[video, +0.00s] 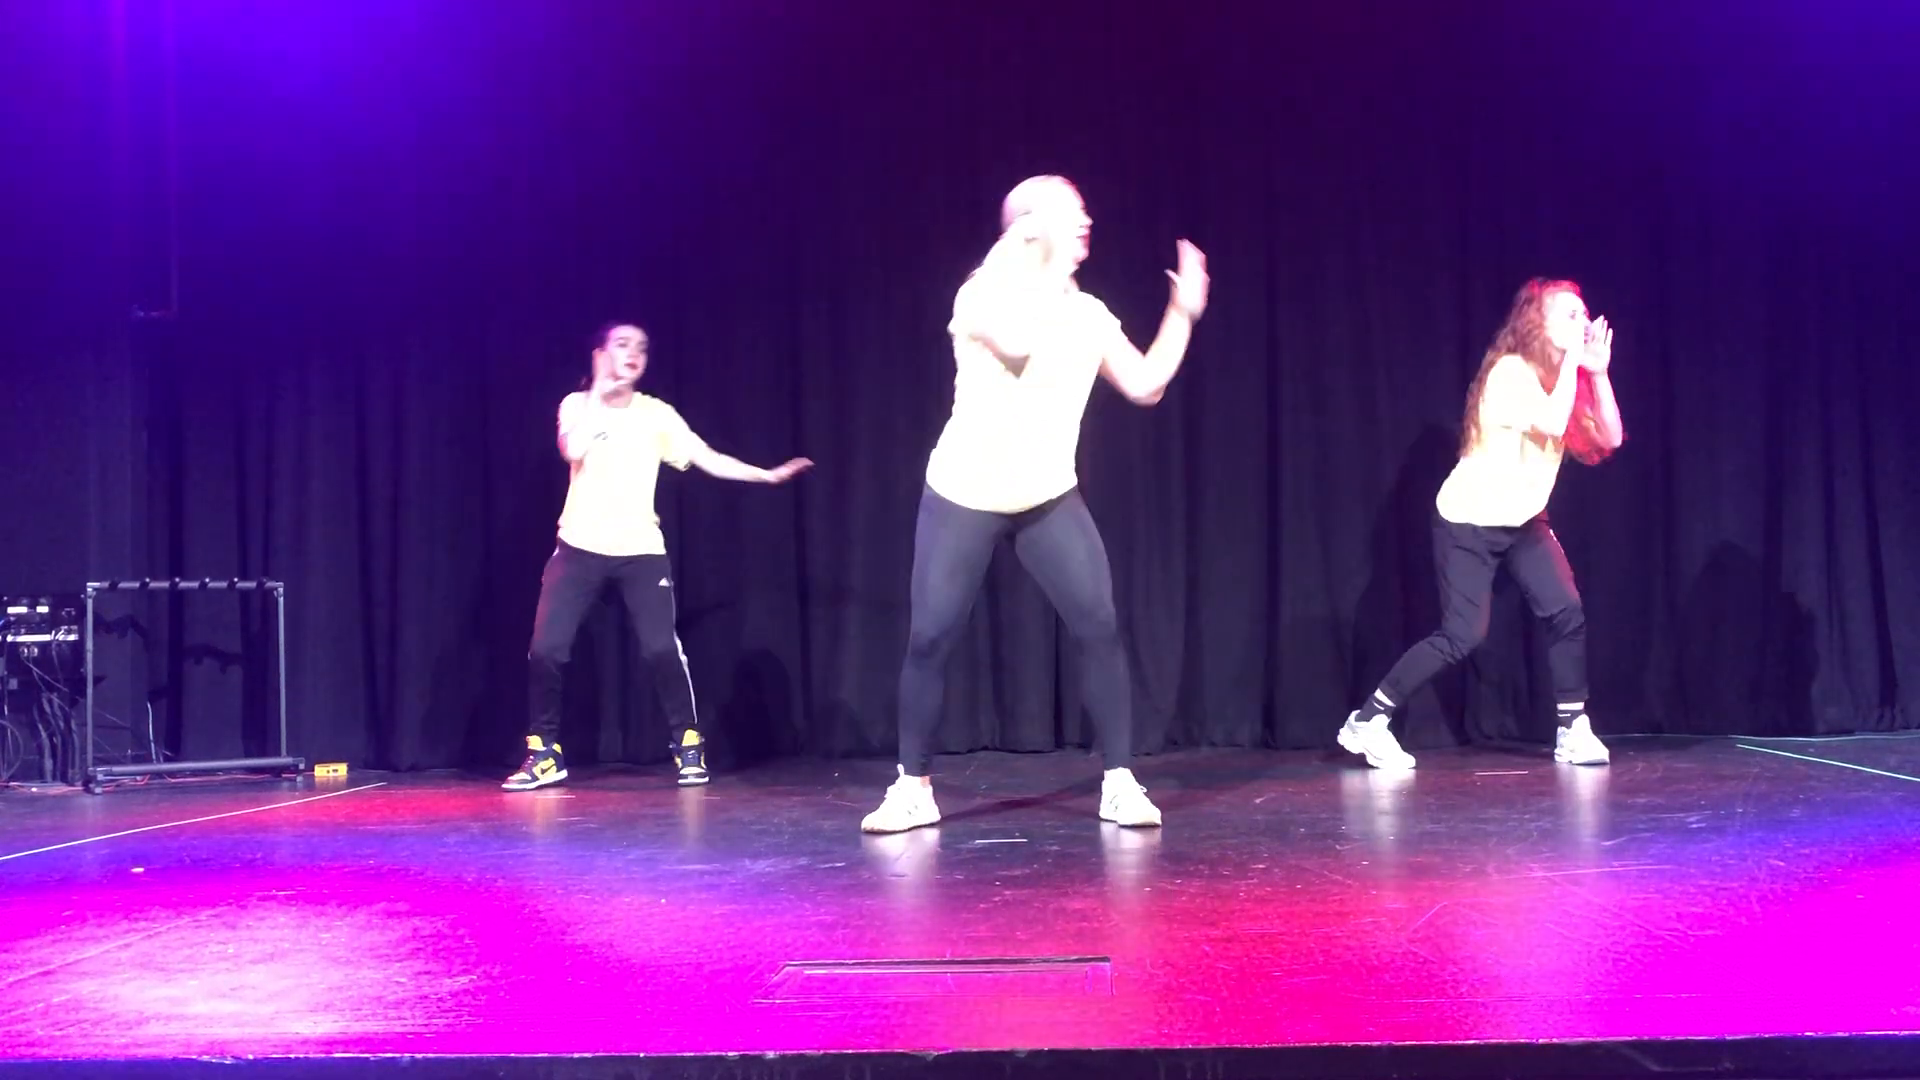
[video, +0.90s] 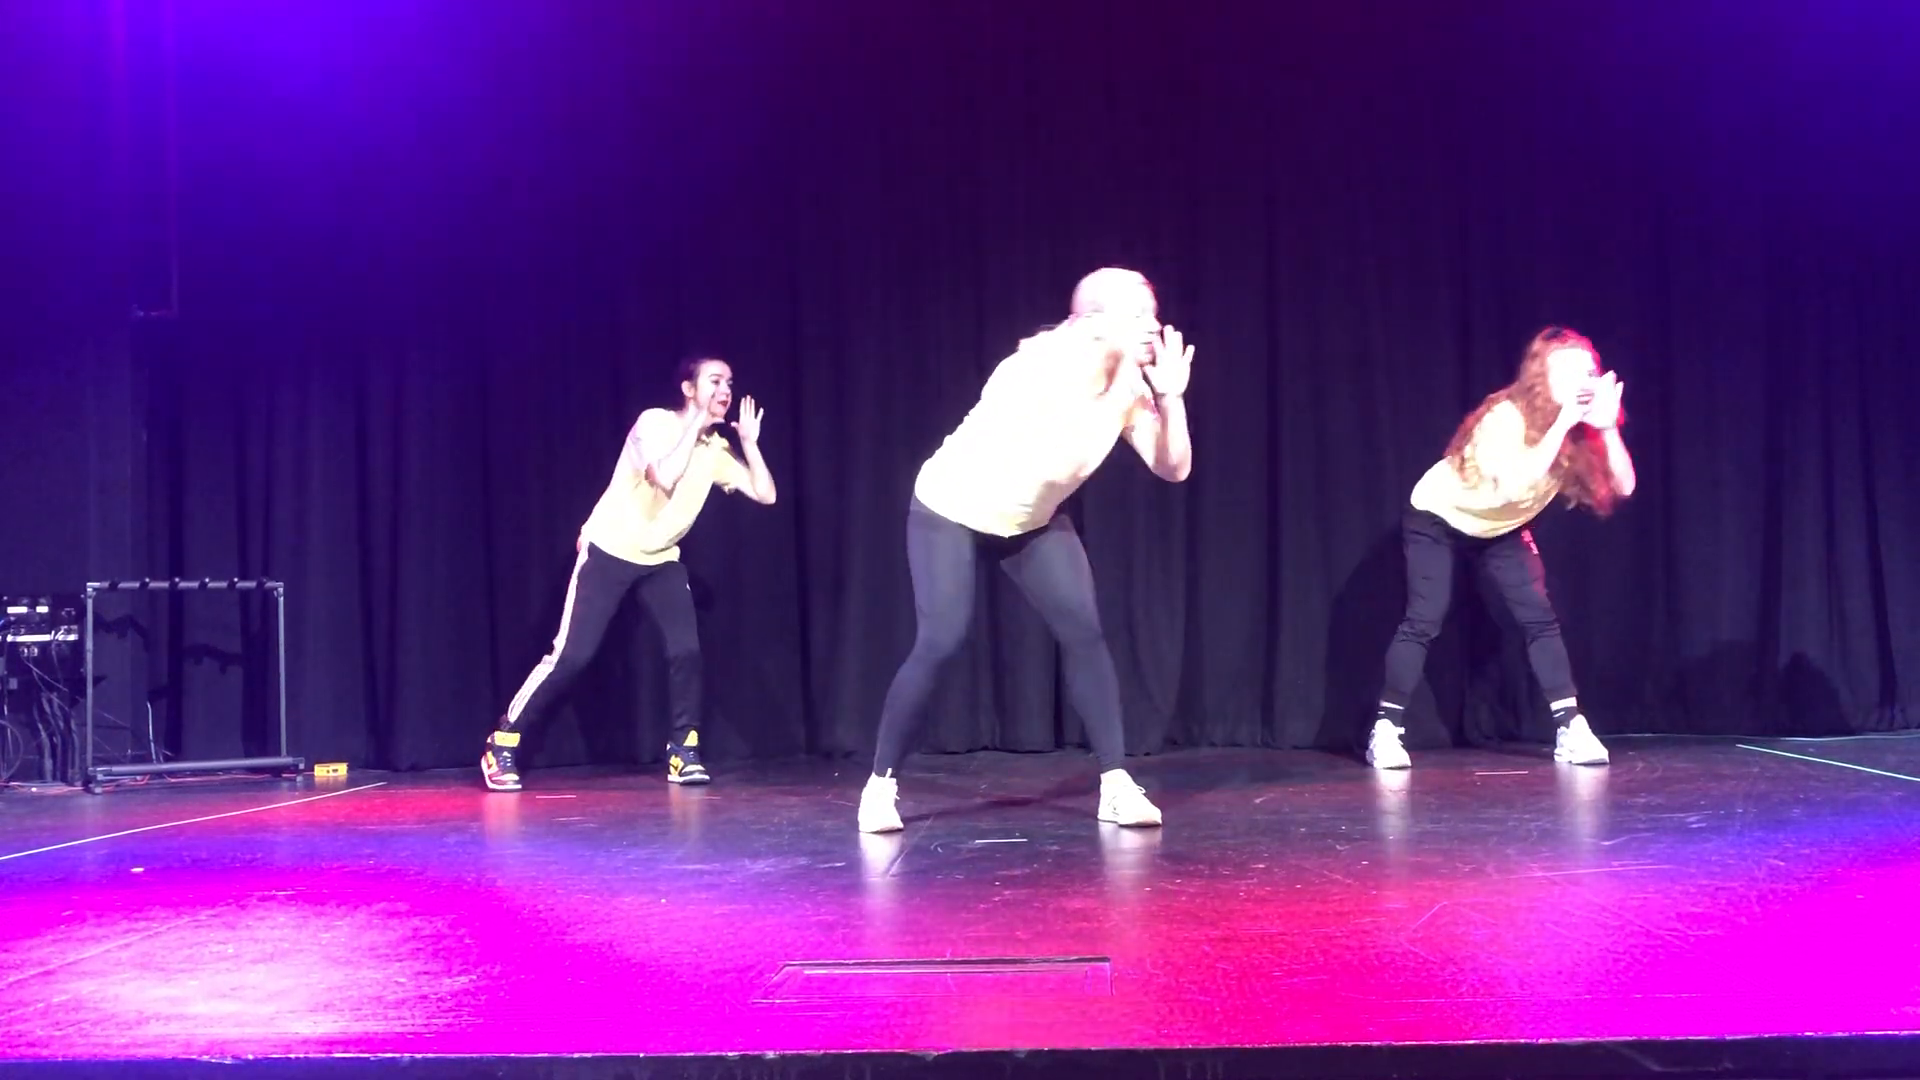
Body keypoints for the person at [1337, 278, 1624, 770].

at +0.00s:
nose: (1580, 322)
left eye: (1582, 315)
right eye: (1568, 313)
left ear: (1582, 326)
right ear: (1536, 321)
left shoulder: (1564, 384)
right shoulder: (1509, 373)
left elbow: (1610, 437)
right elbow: (1553, 423)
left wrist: (1601, 374)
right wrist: (1574, 362)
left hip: (1524, 523)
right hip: (1468, 522)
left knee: (1565, 612)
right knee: (1462, 634)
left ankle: (1572, 731)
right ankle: (1366, 722)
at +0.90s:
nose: (1581, 382)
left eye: (1588, 371)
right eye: (1568, 372)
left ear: (1597, 376)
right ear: (1542, 378)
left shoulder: (1578, 433)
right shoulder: (1503, 415)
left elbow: (1623, 487)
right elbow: (1512, 483)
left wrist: (1608, 428)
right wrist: (1565, 420)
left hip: (1502, 528)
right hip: (1437, 518)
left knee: (1539, 618)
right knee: (1424, 619)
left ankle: (1570, 729)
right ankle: (1386, 730)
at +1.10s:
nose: (1524, 398)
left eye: (1533, 387)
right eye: (1512, 388)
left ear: (1549, 391)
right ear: (1491, 395)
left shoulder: (1551, 439)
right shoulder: (1461, 430)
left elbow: (1596, 496)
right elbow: (1451, 502)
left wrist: (1562, 439)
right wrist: (1500, 441)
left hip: (1502, 527)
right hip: (1433, 523)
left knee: (1534, 619)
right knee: (1417, 618)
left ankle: (1571, 728)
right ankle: (1386, 731)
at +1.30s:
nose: (1454, 404)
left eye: (1464, 392)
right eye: (1441, 394)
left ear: (1485, 393)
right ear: (1424, 400)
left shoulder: (1510, 425)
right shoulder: (1410, 438)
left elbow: (1547, 495)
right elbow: (1387, 513)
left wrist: (1492, 445)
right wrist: (1429, 452)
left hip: (1504, 525)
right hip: (1431, 527)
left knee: (1531, 612)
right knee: (1417, 615)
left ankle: (1570, 726)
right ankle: (1386, 730)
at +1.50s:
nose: (1390, 397)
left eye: (1400, 384)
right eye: (1382, 387)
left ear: (1425, 383)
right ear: (1372, 392)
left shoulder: (1464, 412)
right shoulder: (1376, 428)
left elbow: (1487, 478)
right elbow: (1345, 506)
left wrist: (1424, 430)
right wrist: (1370, 441)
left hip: (1500, 515)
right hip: (1432, 527)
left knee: (1530, 614)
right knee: (1413, 621)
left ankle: (1570, 724)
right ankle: (1387, 730)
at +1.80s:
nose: (1353, 349)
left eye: (1362, 338)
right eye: (1346, 341)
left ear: (1390, 340)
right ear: (1340, 350)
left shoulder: (1424, 375)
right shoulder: (1354, 407)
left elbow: (1430, 433)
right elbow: (1320, 468)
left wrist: (1374, 380)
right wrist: (1335, 398)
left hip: (1485, 504)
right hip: (1427, 523)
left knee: (1524, 612)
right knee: (1403, 621)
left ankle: (1589, 720)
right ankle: (1389, 732)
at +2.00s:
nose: (1390, 293)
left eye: (1399, 283)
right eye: (1381, 285)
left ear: (1421, 289)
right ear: (1367, 296)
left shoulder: (1450, 334)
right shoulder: (1363, 356)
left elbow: (1484, 394)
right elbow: (1342, 436)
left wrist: (1417, 358)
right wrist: (1363, 373)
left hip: (1473, 484)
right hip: (1408, 500)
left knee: (1520, 602)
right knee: (1402, 614)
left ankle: (1570, 718)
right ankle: (1388, 730)